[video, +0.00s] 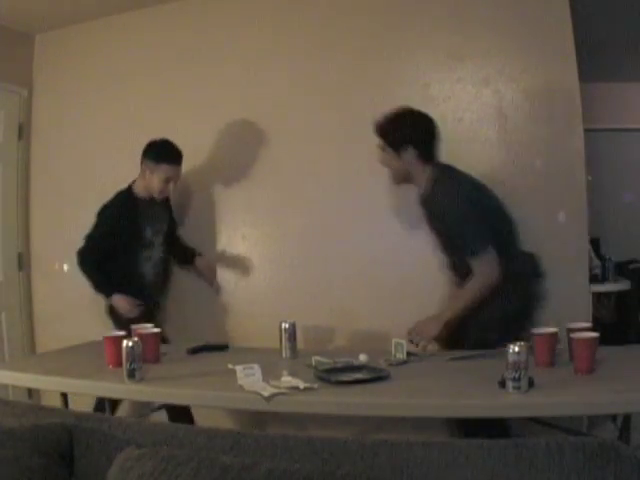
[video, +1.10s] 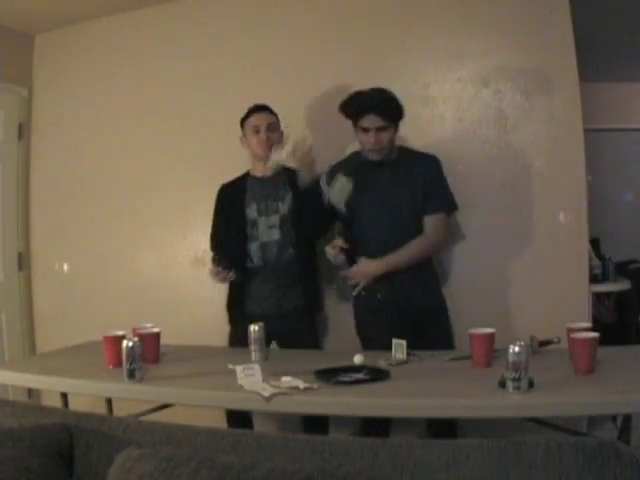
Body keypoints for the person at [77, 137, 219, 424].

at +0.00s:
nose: (170, 188)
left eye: (174, 181)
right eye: (166, 180)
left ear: (175, 177)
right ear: (146, 171)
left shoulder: (162, 206)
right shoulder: (118, 209)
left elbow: (170, 242)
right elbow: (87, 257)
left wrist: (194, 259)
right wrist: (113, 295)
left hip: (153, 304)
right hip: (127, 307)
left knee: (120, 376)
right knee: (166, 371)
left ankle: (92, 432)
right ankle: (189, 439)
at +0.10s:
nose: (181, 172)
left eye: (183, 164)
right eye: (175, 165)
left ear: (184, 162)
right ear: (152, 161)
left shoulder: (169, 200)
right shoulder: (133, 205)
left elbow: (173, 241)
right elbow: (109, 261)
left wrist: (197, 250)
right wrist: (141, 297)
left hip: (173, 306)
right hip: (148, 311)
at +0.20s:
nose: (195, 163)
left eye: (196, 155)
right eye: (188, 156)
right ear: (164, 156)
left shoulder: (184, 194)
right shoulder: (148, 201)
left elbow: (190, 237)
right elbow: (132, 264)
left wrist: (209, 251)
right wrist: (171, 297)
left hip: (191, 304)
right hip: (163, 311)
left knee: (195, 387)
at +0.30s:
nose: (209, 159)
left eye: (210, 151)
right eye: (202, 151)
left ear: (210, 149)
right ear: (178, 151)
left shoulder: (200, 190)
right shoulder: (160, 196)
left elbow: (207, 234)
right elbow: (145, 260)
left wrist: (225, 257)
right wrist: (187, 291)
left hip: (202, 309)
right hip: (175, 313)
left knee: (198, 395)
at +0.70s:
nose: (244, 158)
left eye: (247, 149)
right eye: (235, 151)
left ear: (251, 147)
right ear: (214, 148)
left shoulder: (254, 190)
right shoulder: (191, 197)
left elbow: (267, 244)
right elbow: (179, 257)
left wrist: (263, 267)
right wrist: (210, 295)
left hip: (256, 311)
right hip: (212, 315)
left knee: (261, 393)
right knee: (209, 395)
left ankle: (266, 458)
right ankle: (198, 456)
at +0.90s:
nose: (271, 136)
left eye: (276, 128)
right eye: (261, 131)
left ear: (286, 136)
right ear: (249, 142)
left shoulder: (312, 182)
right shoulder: (240, 196)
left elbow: (333, 217)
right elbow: (236, 256)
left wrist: (329, 173)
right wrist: (225, 293)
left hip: (307, 304)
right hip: (260, 308)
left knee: (315, 389)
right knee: (242, 387)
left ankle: (323, 463)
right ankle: (256, 459)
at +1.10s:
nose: (265, 136)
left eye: (272, 128)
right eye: (256, 130)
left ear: (281, 135)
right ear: (244, 140)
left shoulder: (302, 184)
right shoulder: (230, 193)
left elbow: (319, 230)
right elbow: (223, 247)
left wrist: (308, 179)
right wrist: (223, 266)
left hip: (297, 307)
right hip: (248, 310)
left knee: (309, 389)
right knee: (237, 392)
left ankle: (316, 462)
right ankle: (242, 462)